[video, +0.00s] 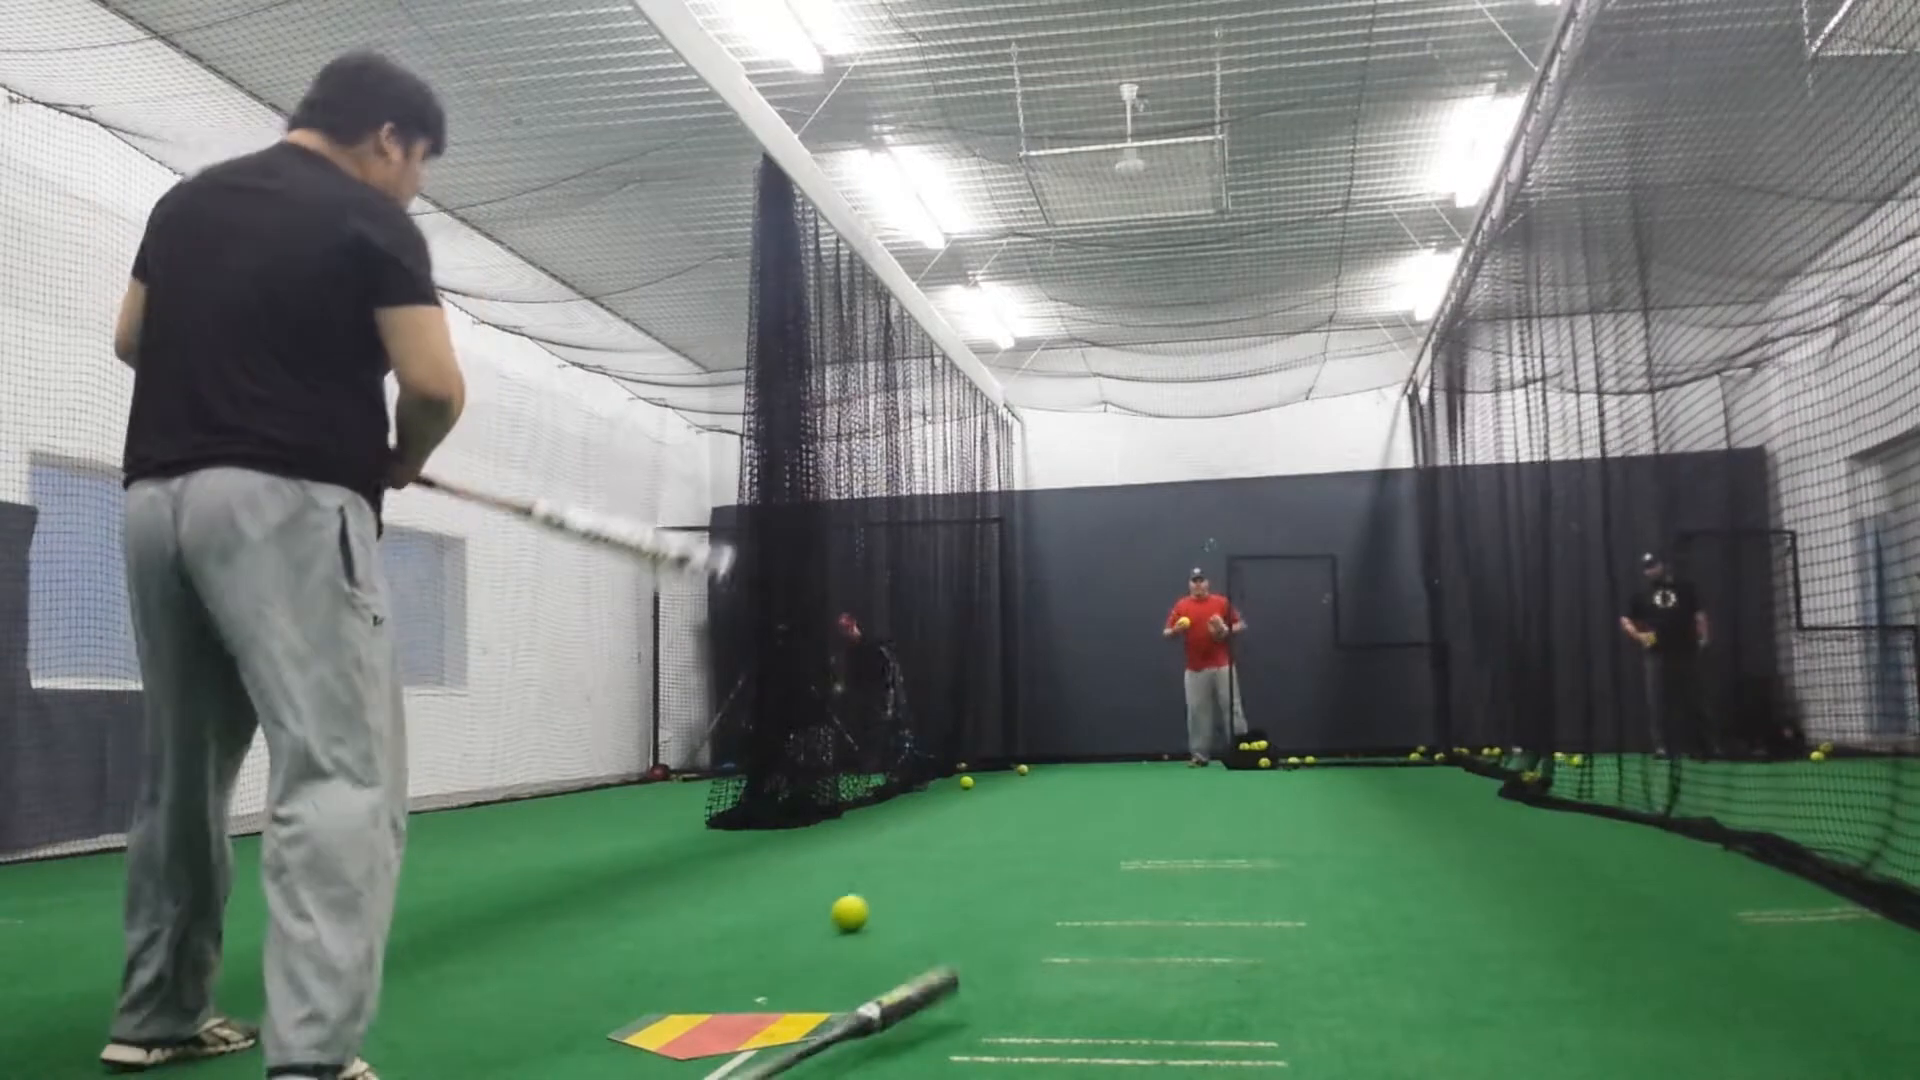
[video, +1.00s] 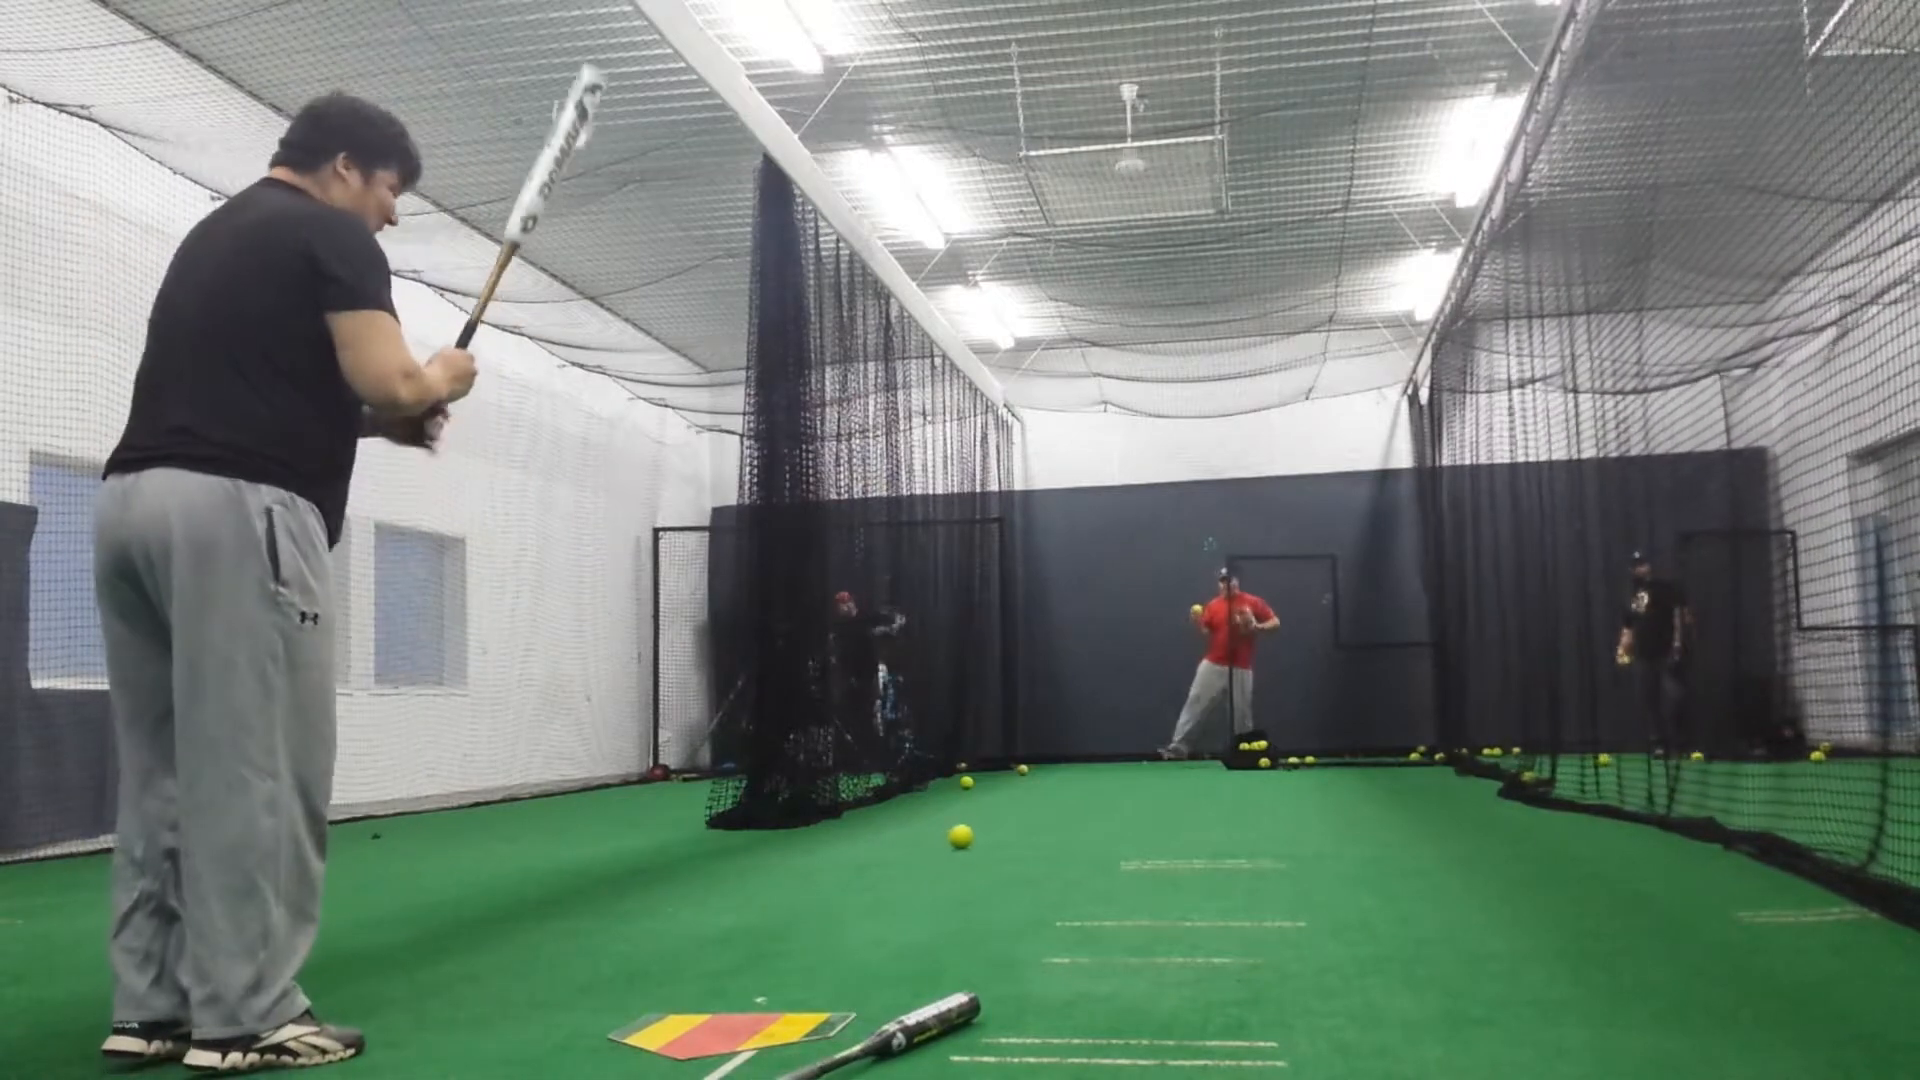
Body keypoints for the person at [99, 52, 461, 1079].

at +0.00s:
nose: (414, 194)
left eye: (423, 176)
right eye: (419, 171)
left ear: (309, 123)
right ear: (384, 140)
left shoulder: (191, 193)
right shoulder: (373, 220)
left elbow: (131, 333)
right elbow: (437, 389)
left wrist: (226, 392)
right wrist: (406, 455)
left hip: (156, 503)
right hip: (280, 500)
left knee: (184, 768)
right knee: (336, 774)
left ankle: (156, 1015)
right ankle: (314, 1052)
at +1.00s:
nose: (393, 214)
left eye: (399, 197)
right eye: (391, 192)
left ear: (307, 168)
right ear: (346, 167)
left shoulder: (221, 227)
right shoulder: (331, 231)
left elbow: (264, 379)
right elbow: (388, 384)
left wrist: (388, 416)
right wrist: (440, 379)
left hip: (134, 497)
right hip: (238, 507)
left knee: (156, 767)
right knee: (257, 765)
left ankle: (150, 1009)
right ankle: (245, 1015)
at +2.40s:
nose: (344, 184)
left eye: (342, 166)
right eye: (341, 165)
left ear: (236, 159)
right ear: (314, 162)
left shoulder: (179, 239)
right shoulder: (313, 262)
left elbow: (207, 399)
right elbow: (367, 431)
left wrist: (312, 497)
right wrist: (378, 532)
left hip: (105, 515)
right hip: (209, 521)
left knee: (134, 771)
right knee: (242, 771)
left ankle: (150, 1008)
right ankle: (244, 1016)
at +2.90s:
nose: (270, 190)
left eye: (267, 173)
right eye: (267, 171)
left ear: (171, 167)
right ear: (240, 165)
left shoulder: (148, 237)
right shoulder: (221, 231)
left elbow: (209, 407)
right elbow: (237, 354)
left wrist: (335, 439)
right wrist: (350, 422)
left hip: (102, 516)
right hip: (172, 516)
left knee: (139, 769)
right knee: (232, 756)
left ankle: (152, 1008)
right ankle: (249, 1005)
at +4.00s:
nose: (259, 127)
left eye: (254, 110)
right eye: (255, 109)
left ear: (148, 114)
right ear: (231, 107)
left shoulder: (89, 217)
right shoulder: (237, 201)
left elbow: (83, 370)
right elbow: (274, 332)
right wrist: (339, 382)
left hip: (85, 510)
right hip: (185, 515)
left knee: (144, 768)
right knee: (190, 776)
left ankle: (175, 994)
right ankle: (157, 1031)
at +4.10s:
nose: (260, 123)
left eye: (256, 106)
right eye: (257, 106)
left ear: (147, 108)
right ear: (234, 104)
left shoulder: (81, 212)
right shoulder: (247, 203)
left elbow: (52, 370)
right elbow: (290, 337)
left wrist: (106, 444)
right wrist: (344, 385)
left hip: (73, 510)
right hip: (182, 516)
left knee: (132, 769)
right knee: (186, 773)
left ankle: (167, 992)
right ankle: (156, 1033)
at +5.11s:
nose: (163, 120)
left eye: (158, 103)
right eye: (159, 103)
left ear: (38, 109)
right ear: (137, 101)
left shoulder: (2, 194)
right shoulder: (182, 204)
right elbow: (260, 349)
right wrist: (198, 397)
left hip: (5, 510)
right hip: (113, 511)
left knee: (6, 787)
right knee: (145, 779)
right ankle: (159, 1035)